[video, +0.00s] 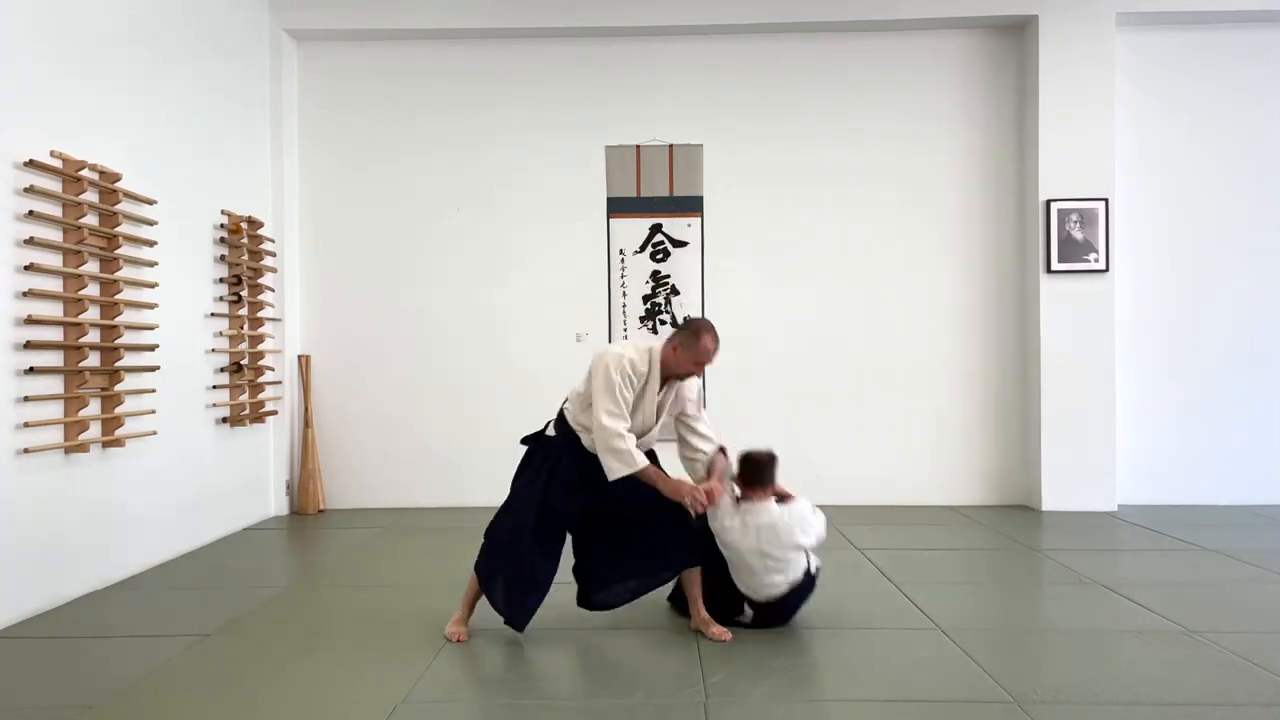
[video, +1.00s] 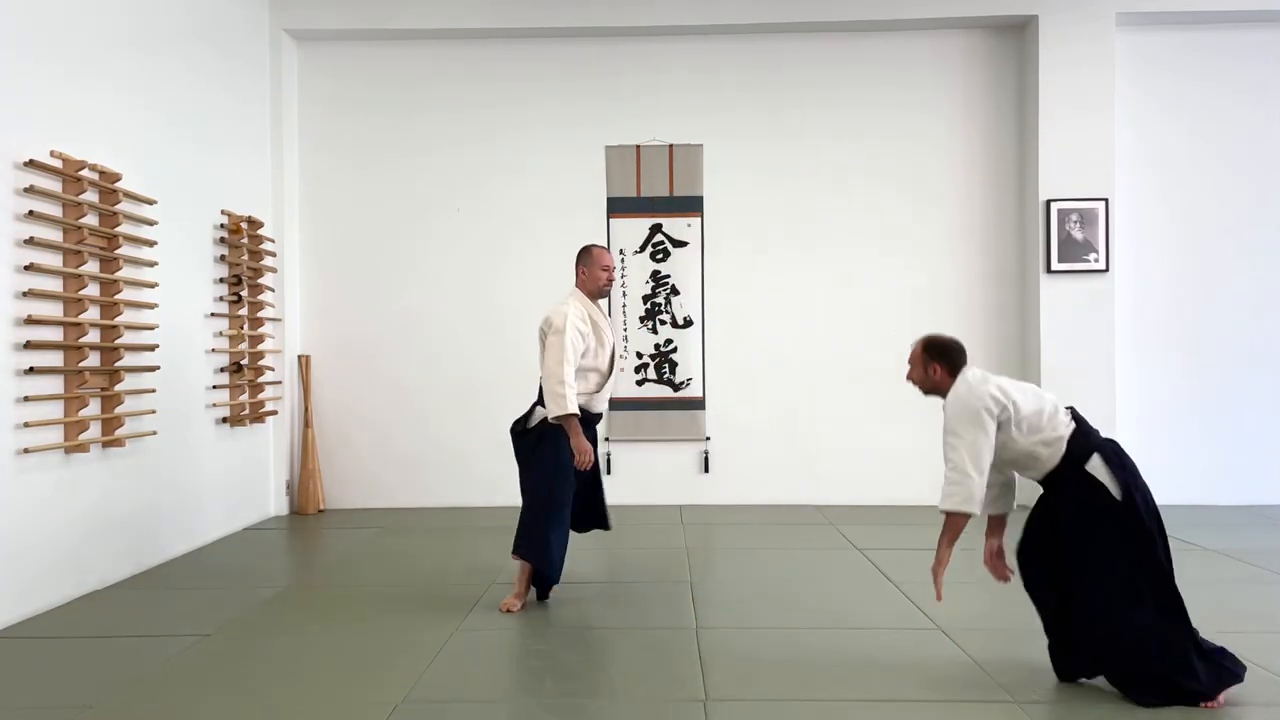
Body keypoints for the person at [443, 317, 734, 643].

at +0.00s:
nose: (701, 372)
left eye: (705, 366)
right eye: (699, 364)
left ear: (681, 353)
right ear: (674, 347)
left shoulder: (682, 384)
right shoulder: (616, 362)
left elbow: (697, 443)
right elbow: (612, 437)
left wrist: (713, 475)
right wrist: (669, 485)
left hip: (628, 454)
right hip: (571, 446)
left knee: (683, 517)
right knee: (515, 522)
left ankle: (699, 613)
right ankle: (463, 613)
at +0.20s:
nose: (713, 425)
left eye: (719, 420)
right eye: (711, 416)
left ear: (722, 410)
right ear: (692, 394)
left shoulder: (712, 423)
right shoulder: (641, 389)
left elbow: (727, 479)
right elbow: (590, 440)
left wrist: (750, 541)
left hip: (665, 474)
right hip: (602, 460)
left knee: (702, 534)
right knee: (530, 522)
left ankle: (702, 615)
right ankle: (469, 601)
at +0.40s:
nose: (682, 385)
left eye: (688, 378)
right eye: (677, 376)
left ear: (695, 373)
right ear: (657, 358)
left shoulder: (692, 401)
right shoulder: (613, 371)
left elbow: (715, 464)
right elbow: (570, 417)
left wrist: (734, 528)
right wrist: (535, 469)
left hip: (657, 464)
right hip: (597, 456)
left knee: (691, 528)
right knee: (548, 519)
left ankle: (700, 613)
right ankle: (507, 588)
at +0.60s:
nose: (636, 317)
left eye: (642, 310)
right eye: (631, 308)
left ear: (644, 309)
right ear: (609, 299)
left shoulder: (642, 347)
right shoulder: (566, 339)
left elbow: (661, 401)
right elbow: (536, 398)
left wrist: (666, 457)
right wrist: (537, 463)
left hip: (611, 440)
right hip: (562, 437)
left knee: (649, 502)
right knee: (538, 511)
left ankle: (679, 602)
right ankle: (520, 591)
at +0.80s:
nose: (615, 281)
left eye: (617, 275)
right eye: (608, 274)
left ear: (616, 277)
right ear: (584, 274)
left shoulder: (614, 321)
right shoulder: (555, 319)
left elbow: (618, 373)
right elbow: (543, 385)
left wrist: (608, 419)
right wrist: (557, 443)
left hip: (592, 428)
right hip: (546, 430)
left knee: (627, 505)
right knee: (534, 513)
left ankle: (575, 563)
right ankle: (519, 591)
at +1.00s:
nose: (612, 276)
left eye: (613, 270)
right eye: (605, 270)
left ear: (593, 274)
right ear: (583, 272)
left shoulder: (593, 315)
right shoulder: (566, 316)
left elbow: (586, 377)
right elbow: (558, 381)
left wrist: (589, 425)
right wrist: (576, 434)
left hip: (578, 425)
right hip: (555, 426)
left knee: (560, 505)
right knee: (544, 505)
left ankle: (539, 577)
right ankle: (521, 590)